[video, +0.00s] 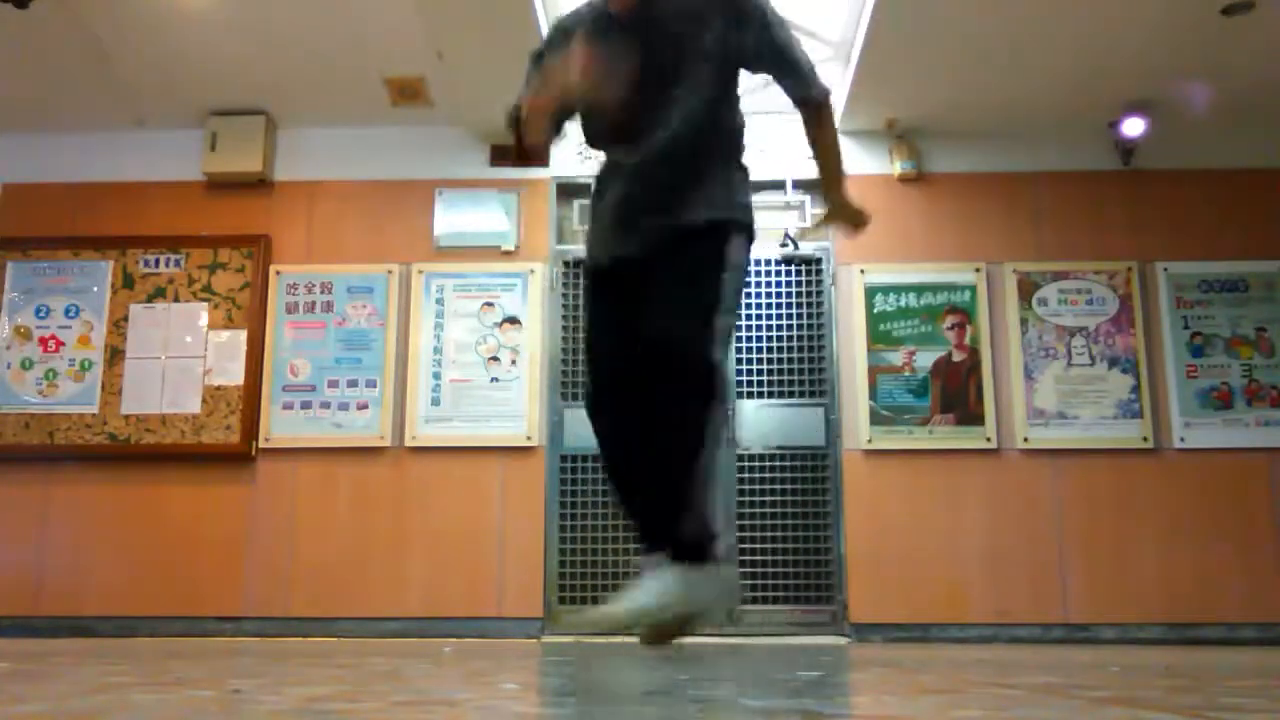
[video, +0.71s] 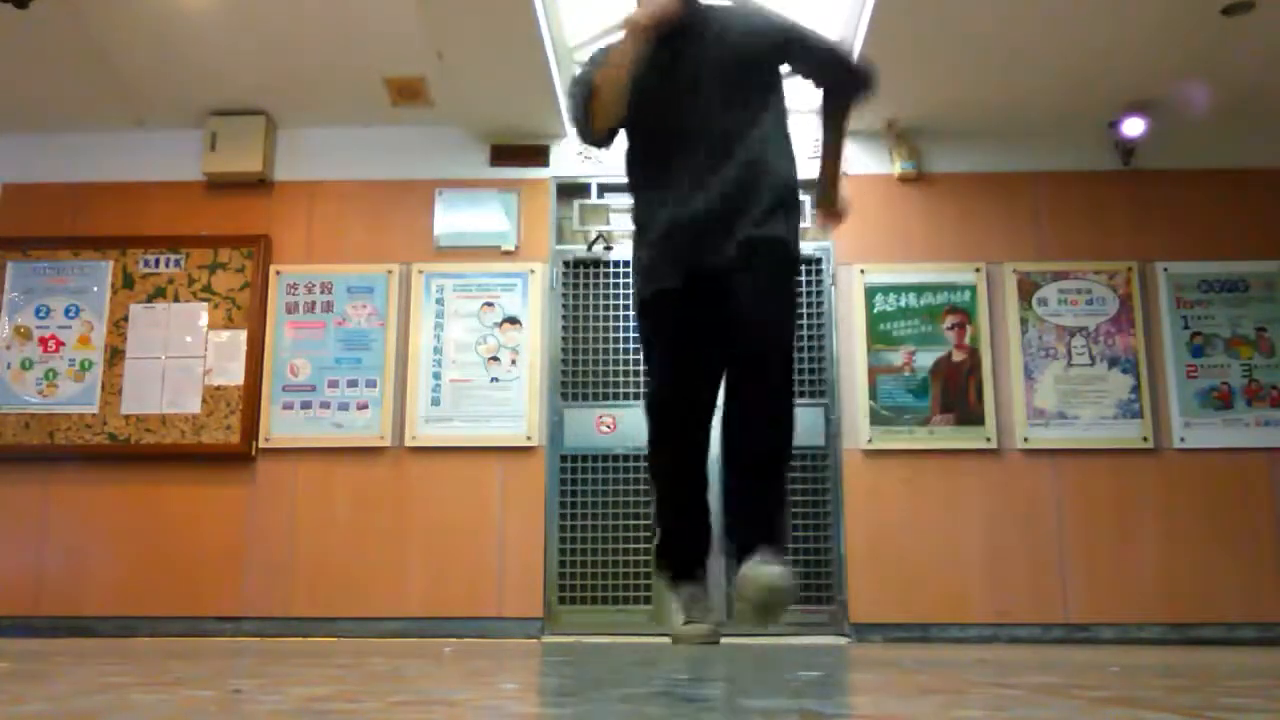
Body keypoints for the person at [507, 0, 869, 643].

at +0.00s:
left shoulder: (725, 10)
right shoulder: (580, 30)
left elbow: (811, 93)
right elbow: (531, 139)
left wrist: (835, 193)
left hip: (704, 214)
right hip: (620, 225)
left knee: (684, 375)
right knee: (614, 396)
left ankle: (690, 563)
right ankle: (677, 565)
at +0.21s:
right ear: (591, 3)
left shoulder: (701, 14)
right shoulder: (578, 52)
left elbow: (808, 79)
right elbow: (543, 133)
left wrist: (867, 151)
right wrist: (564, 23)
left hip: (724, 235)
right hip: (643, 255)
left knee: (710, 389)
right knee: (643, 415)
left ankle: (712, 571)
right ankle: (705, 571)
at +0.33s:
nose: (574, 12)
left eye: (579, 3)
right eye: (566, 8)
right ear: (561, 15)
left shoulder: (676, 21)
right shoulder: (565, 72)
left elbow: (790, 35)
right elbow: (550, 161)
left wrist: (838, 92)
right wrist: (567, 58)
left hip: (741, 239)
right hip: (660, 263)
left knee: (791, 388)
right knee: (658, 431)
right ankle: (708, 598)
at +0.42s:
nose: (595, 16)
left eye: (603, 5)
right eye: (583, 10)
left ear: (629, 5)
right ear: (569, 20)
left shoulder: (679, 38)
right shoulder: (586, 101)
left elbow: (755, 20)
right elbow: (541, 173)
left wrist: (815, 41)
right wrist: (567, 71)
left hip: (744, 275)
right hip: (661, 296)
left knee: (829, 417)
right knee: (638, 446)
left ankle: (953, 394)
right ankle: (711, 600)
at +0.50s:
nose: (603, 14)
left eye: (611, 4)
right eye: (594, 9)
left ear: (639, 2)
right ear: (587, 20)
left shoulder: (684, 34)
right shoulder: (595, 101)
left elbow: (766, 10)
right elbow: (555, 162)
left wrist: (820, 49)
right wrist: (582, 68)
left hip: (750, 270)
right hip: (668, 294)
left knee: (812, 400)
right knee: (646, 430)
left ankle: (882, 348)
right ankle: (707, 595)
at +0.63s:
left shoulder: (737, 8)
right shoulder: (612, 42)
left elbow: (836, 31)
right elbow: (578, 131)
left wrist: (842, 140)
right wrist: (617, 31)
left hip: (759, 228)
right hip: (671, 243)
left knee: (778, 367)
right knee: (675, 417)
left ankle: (785, 452)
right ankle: (692, 574)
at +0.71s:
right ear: (635, 1)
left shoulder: (746, 28)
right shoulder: (617, 58)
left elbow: (844, 76)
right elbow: (594, 128)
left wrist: (829, 177)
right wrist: (633, 42)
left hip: (759, 248)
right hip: (671, 258)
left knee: (763, 403)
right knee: (676, 419)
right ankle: (683, 579)